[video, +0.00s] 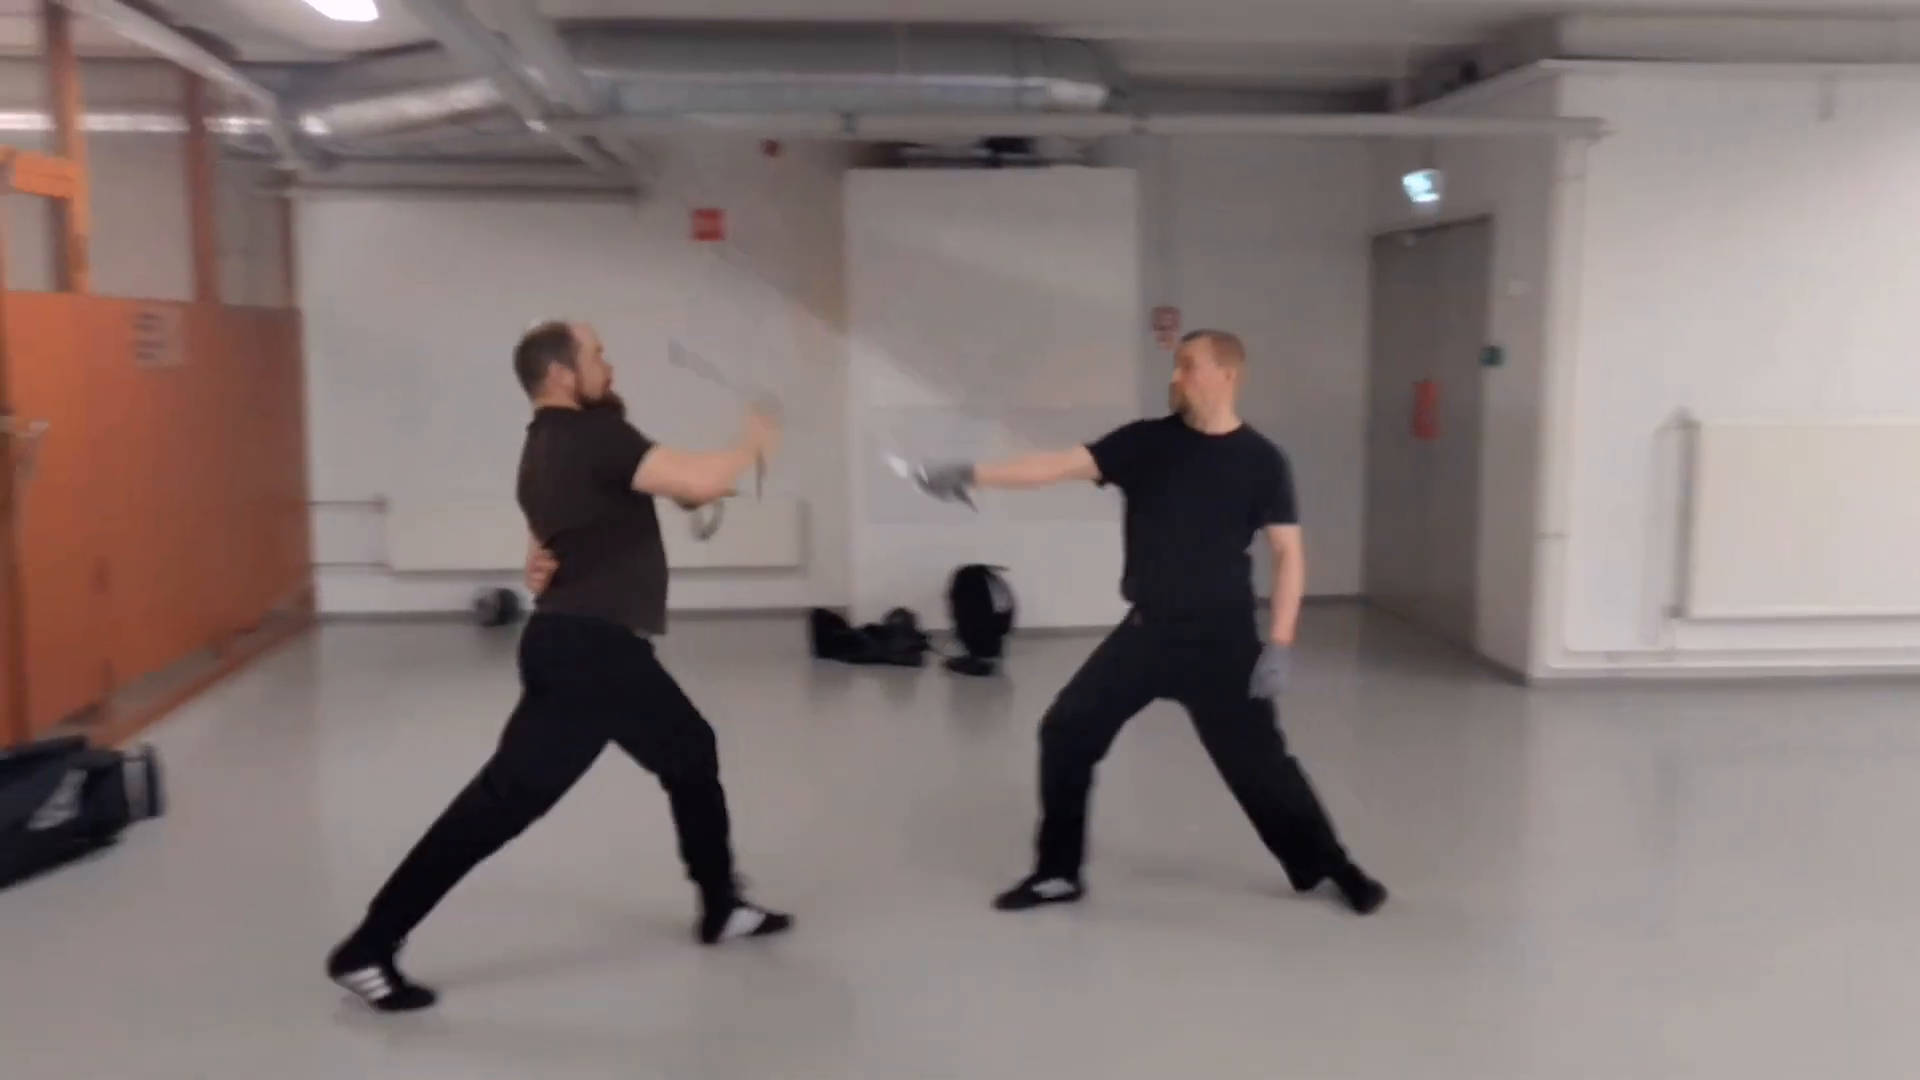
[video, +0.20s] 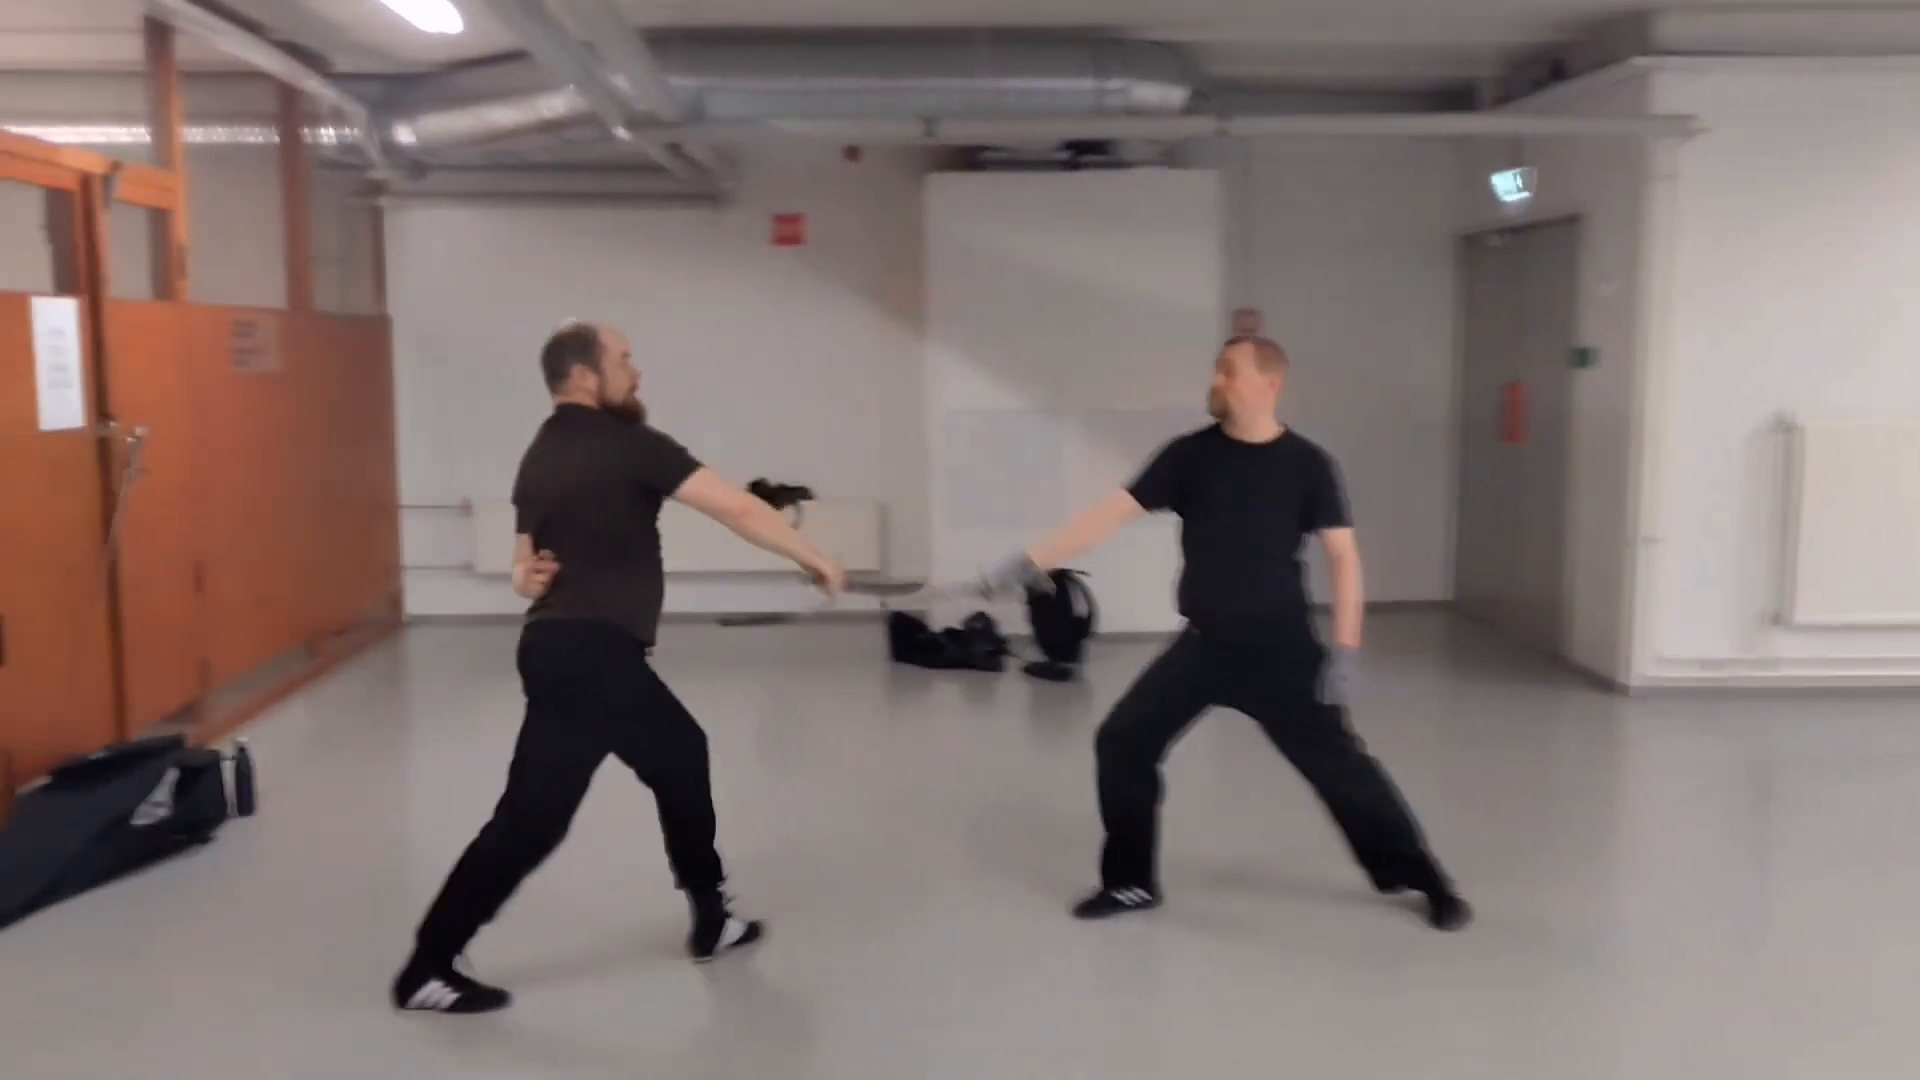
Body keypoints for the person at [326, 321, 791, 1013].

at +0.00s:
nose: (609, 366)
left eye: (603, 354)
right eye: (597, 357)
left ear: (551, 380)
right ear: (561, 376)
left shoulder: (546, 446)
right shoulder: (592, 435)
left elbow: (544, 552)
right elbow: (700, 482)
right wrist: (753, 445)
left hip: (576, 641)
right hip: (590, 646)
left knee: (689, 751)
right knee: (503, 804)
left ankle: (721, 907)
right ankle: (365, 952)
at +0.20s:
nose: (636, 374)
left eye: (631, 361)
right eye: (624, 363)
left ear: (573, 383)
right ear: (584, 378)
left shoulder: (544, 453)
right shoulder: (629, 442)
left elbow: (528, 560)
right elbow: (736, 506)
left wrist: (530, 575)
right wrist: (812, 557)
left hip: (562, 647)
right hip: (592, 651)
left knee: (681, 753)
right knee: (531, 820)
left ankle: (711, 919)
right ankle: (426, 970)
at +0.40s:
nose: (713, 363)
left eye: (708, 350)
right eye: (701, 351)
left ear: (648, 371)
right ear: (662, 366)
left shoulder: (607, 440)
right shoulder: (700, 438)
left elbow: (564, 546)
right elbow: (808, 515)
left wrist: (579, 563)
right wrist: (885, 548)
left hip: (601, 631)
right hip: (633, 640)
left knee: (701, 757)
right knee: (572, 812)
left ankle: (689, 925)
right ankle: (483, 969)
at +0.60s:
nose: (787, 367)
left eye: (782, 355)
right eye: (777, 357)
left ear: (722, 374)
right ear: (741, 370)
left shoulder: (670, 439)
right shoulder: (770, 452)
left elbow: (623, 534)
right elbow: (855, 550)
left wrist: (639, 556)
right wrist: (910, 545)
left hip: (659, 629)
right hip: (701, 638)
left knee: (744, 761)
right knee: (680, 798)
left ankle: (715, 924)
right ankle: (540, 934)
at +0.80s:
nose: (847, 366)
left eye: (844, 354)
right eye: (839, 355)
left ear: (780, 366)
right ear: (807, 365)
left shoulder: (715, 426)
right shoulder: (825, 450)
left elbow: (661, 508)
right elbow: (895, 533)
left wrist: (679, 544)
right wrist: (957, 513)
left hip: (688, 622)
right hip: (752, 628)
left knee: (743, 771)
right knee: (833, 774)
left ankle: (713, 924)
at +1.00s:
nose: (901, 372)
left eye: (899, 360)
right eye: (894, 361)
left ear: (835, 370)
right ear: (861, 369)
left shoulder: (766, 429)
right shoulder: (880, 453)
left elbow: (706, 509)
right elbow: (951, 532)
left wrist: (735, 549)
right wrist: (1011, 505)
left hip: (746, 631)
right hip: (815, 633)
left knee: (763, 771)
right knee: (913, 757)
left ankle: (700, 920)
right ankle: (1003, 902)